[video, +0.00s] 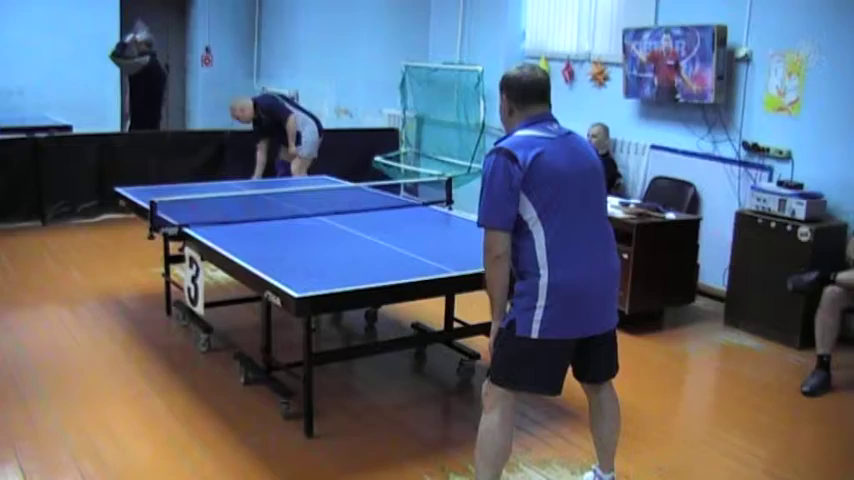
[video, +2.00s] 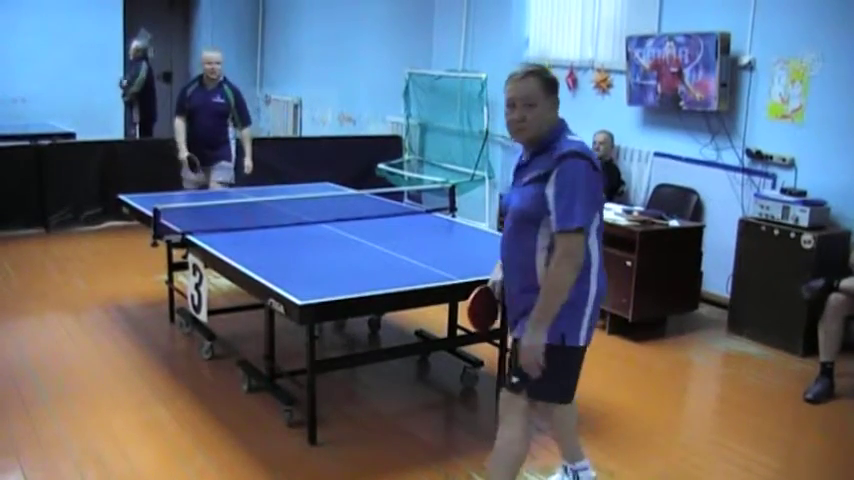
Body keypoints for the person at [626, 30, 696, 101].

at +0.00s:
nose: (667, 43)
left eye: (668, 40)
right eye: (665, 40)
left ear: (671, 41)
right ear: (661, 41)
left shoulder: (674, 54)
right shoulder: (656, 53)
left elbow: (680, 72)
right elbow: (645, 60)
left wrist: (691, 86)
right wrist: (635, 50)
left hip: (671, 85)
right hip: (659, 85)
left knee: (672, 108)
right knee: (659, 108)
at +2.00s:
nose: (670, 50)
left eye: (671, 47)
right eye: (668, 47)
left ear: (675, 48)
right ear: (664, 48)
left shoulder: (677, 62)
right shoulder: (659, 61)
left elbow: (684, 80)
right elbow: (648, 68)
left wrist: (694, 93)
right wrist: (637, 57)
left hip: (675, 94)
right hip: (662, 94)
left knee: (677, 120)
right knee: (663, 120)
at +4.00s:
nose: (675, 54)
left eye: (676, 51)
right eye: (673, 52)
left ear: (680, 52)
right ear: (669, 52)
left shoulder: (683, 66)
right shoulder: (664, 65)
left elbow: (688, 84)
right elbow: (653, 72)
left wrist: (700, 97)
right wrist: (643, 62)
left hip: (680, 98)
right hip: (668, 98)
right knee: (668, 124)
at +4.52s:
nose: (676, 54)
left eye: (678, 51)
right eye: (674, 51)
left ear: (681, 52)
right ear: (670, 52)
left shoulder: (684, 66)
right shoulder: (665, 65)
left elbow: (689, 84)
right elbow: (654, 72)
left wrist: (701, 97)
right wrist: (644, 62)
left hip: (681, 98)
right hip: (669, 98)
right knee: (669, 122)